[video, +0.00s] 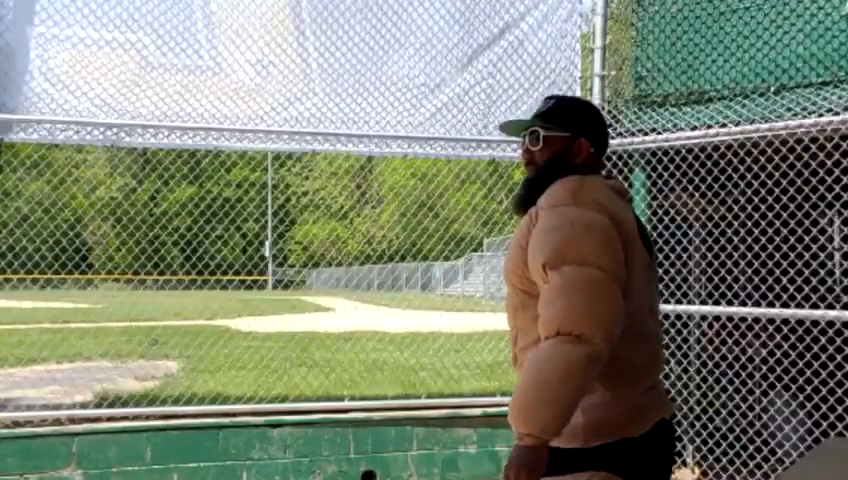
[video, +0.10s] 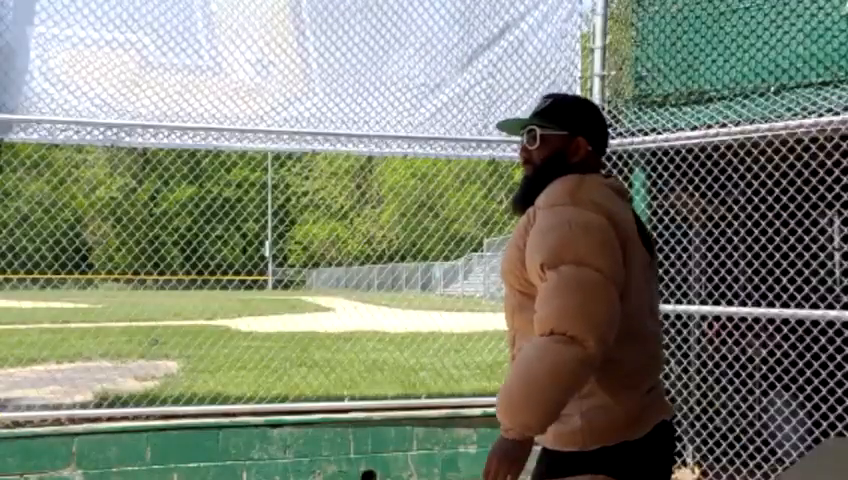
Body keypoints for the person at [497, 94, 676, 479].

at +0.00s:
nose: (525, 150)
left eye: (539, 137)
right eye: (527, 138)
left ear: (581, 149)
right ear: (583, 152)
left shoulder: (572, 205)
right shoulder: (596, 200)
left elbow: (577, 330)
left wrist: (530, 434)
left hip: (595, 441)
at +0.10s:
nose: (523, 150)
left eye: (537, 136)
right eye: (524, 137)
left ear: (578, 147)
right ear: (579, 150)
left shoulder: (571, 207)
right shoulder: (595, 199)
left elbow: (570, 331)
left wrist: (517, 432)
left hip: (594, 444)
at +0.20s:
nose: (522, 149)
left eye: (536, 136)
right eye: (523, 137)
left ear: (575, 146)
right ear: (576, 149)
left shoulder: (569, 206)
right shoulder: (597, 199)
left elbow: (565, 330)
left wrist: (502, 428)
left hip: (593, 446)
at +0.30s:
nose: (520, 148)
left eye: (534, 135)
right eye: (523, 136)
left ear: (574, 145)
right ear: (575, 148)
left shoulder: (565, 205)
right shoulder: (601, 199)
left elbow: (559, 331)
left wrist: (491, 426)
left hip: (593, 450)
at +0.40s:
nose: (518, 147)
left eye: (532, 134)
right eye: (522, 134)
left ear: (570, 143)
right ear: (572, 146)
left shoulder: (562, 206)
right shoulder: (604, 199)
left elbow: (553, 332)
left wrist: (482, 427)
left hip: (592, 453)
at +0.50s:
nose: (517, 146)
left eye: (529, 132)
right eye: (520, 133)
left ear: (567, 141)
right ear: (570, 143)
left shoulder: (558, 206)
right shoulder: (605, 198)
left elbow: (547, 336)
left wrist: (477, 432)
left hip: (591, 455)